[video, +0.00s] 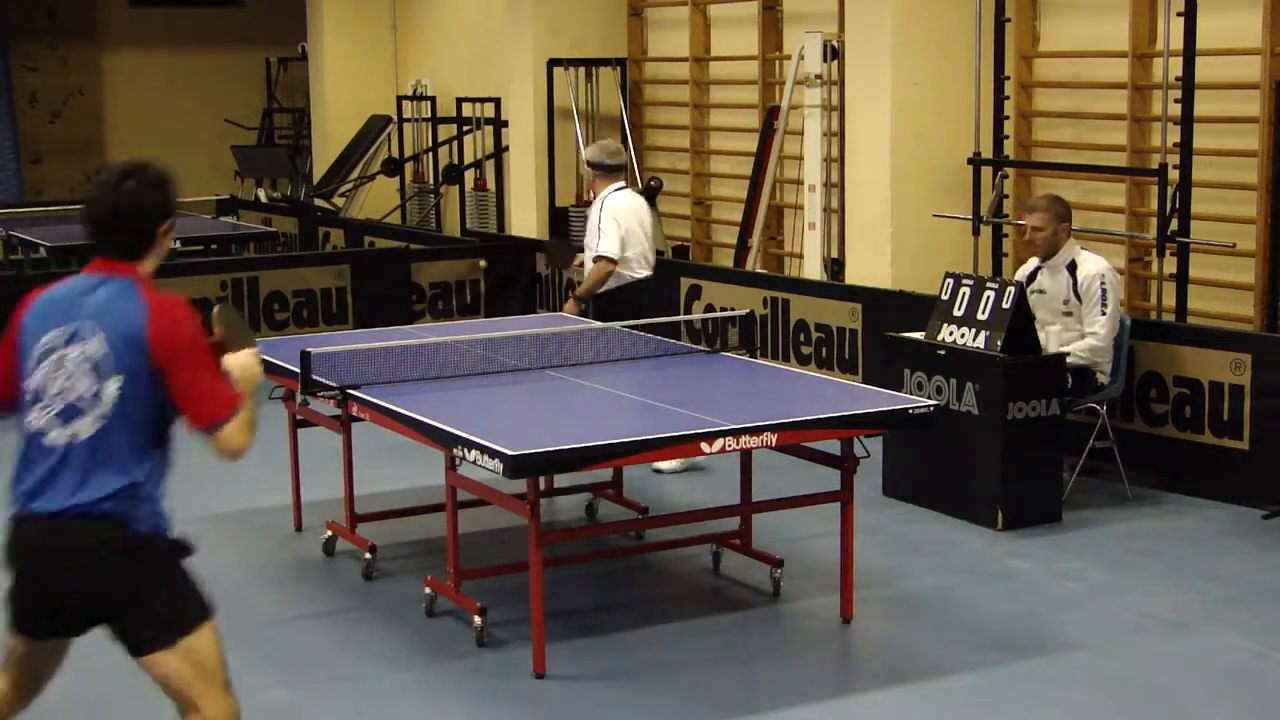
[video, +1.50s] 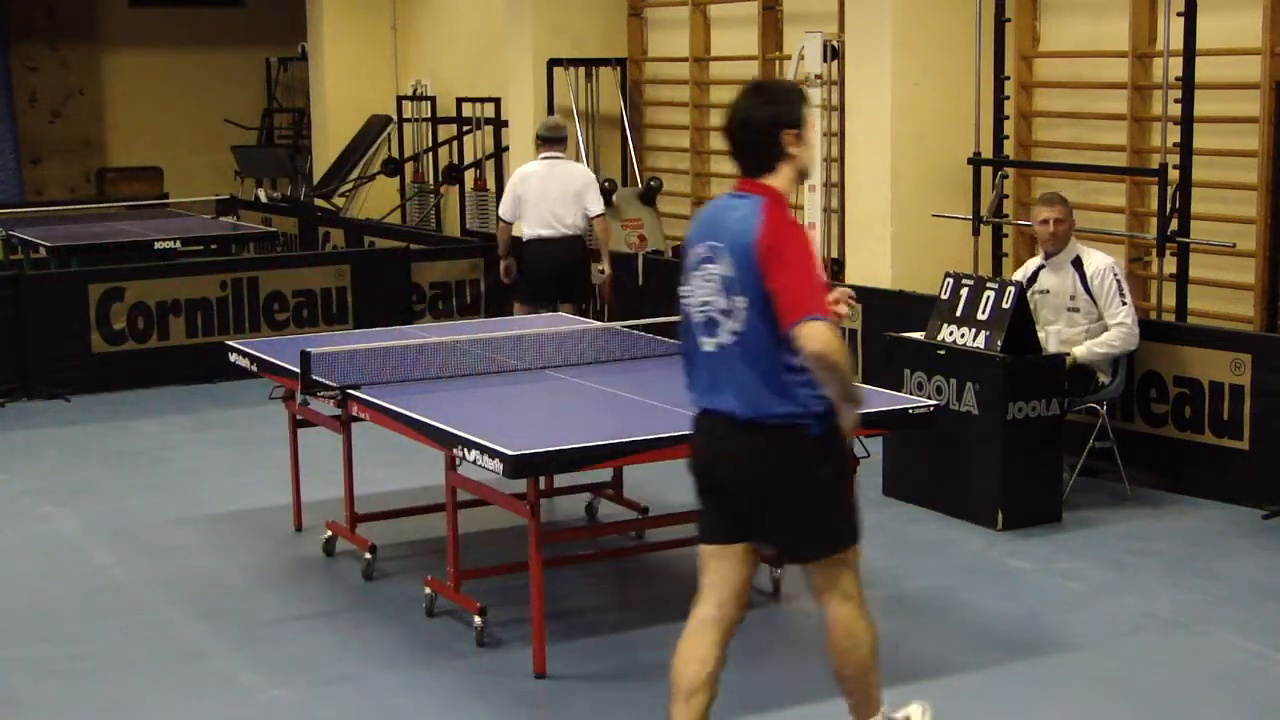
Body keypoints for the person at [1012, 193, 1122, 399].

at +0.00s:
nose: (1028, 238)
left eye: (1037, 230)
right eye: (1027, 229)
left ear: (1063, 231)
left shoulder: (1096, 272)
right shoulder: (1026, 273)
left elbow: (1099, 346)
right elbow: (1010, 330)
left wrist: (1045, 363)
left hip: (1085, 371)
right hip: (1036, 368)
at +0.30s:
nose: (1038, 235)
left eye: (1048, 227)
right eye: (1036, 226)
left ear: (1073, 231)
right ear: (1033, 226)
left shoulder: (1103, 273)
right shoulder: (1026, 271)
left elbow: (1103, 347)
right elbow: (998, 324)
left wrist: (1047, 364)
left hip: (1085, 373)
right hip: (1032, 369)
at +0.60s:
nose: (1041, 235)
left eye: (1051, 228)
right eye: (1039, 226)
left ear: (1075, 231)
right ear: (1035, 225)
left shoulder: (1105, 274)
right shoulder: (1026, 270)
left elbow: (1108, 347)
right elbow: (995, 317)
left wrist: (1050, 363)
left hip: (1085, 375)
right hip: (1031, 369)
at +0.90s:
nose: (1041, 234)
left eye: (1051, 227)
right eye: (1039, 225)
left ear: (1074, 230)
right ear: (1037, 224)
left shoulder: (1104, 273)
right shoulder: (1028, 266)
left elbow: (1108, 347)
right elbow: (985, 295)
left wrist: (1049, 360)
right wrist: (975, 276)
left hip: (1082, 375)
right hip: (1029, 369)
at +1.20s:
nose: (1043, 232)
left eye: (1053, 224)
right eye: (1040, 224)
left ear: (1075, 227)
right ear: (1036, 225)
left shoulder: (1105, 271)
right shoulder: (1029, 266)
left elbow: (1121, 341)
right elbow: (994, 286)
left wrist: (1068, 347)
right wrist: (973, 280)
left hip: (1084, 372)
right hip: (1031, 365)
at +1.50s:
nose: (1051, 230)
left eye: (1059, 222)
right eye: (1044, 223)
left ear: (1072, 225)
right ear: (1034, 228)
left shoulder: (1101, 268)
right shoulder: (1024, 275)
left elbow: (1127, 334)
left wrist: (1073, 357)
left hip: (1088, 374)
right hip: (1035, 373)